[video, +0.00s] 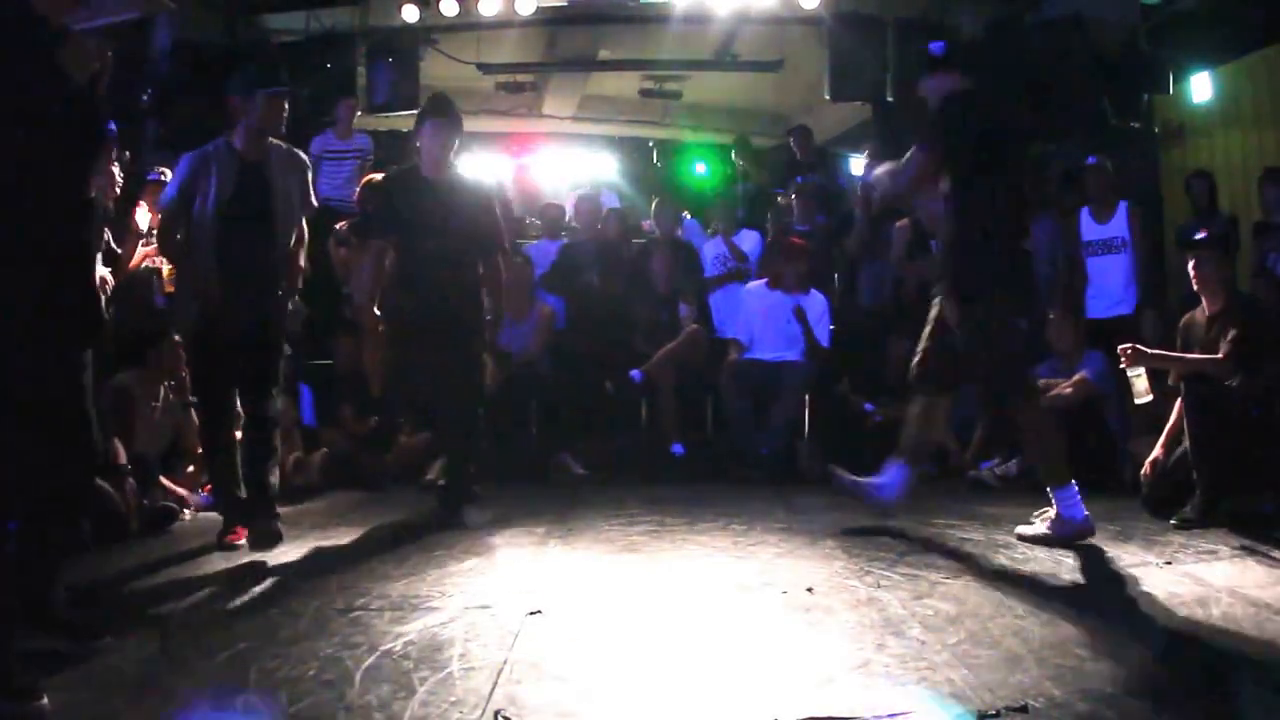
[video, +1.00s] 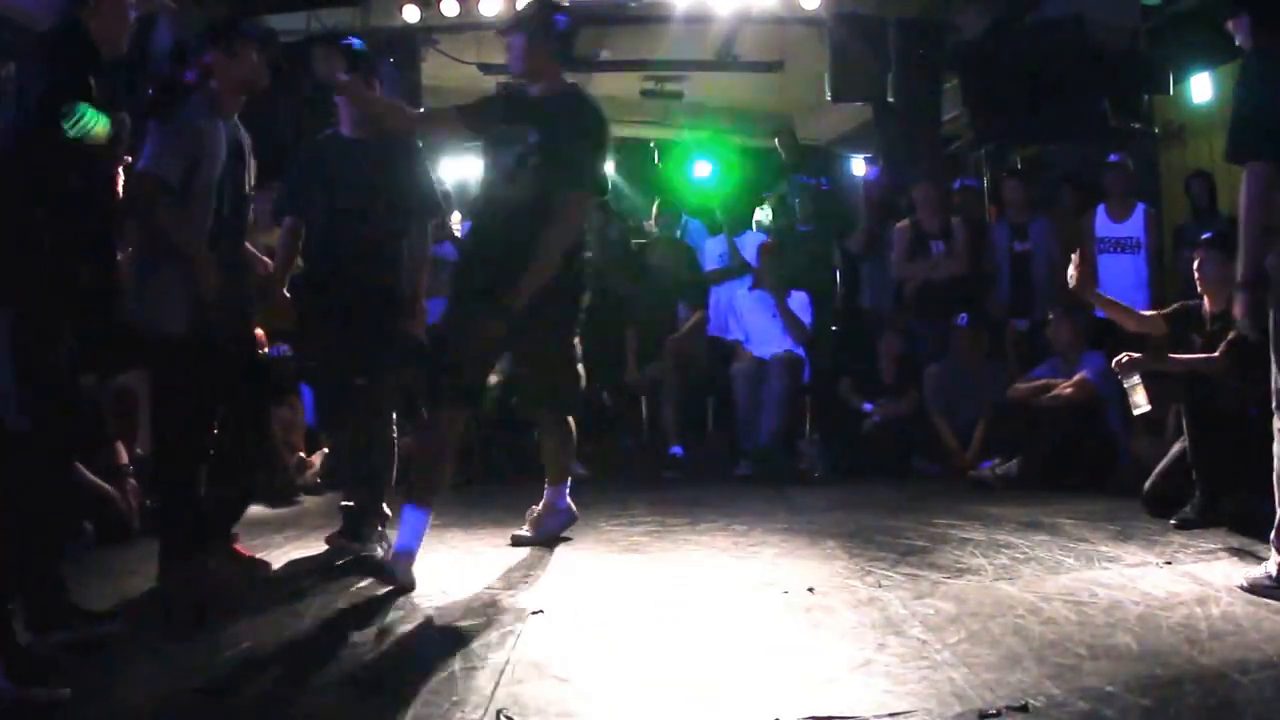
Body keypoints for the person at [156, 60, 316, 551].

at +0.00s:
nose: (282, 113)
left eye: (284, 104)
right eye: (272, 104)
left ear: (280, 109)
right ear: (241, 106)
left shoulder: (294, 164)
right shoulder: (200, 163)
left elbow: (302, 229)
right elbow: (168, 224)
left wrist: (293, 284)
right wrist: (186, 268)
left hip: (268, 307)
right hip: (211, 306)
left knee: (262, 411)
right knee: (216, 415)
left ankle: (264, 511)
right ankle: (232, 515)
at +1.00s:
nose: (259, 71)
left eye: (260, 60)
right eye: (249, 59)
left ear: (249, 69)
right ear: (217, 61)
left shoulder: (239, 137)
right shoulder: (185, 124)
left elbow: (232, 222)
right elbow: (148, 201)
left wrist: (256, 260)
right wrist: (196, 259)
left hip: (221, 303)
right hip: (175, 306)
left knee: (243, 423)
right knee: (182, 426)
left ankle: (216, 536)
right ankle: (180, 553)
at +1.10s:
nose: (241, 81)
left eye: (245, 70)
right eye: (234, 68)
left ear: (240, 75)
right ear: (211, 64)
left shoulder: (219, 125)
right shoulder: (188, 118)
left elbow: (208, 212)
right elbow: (160, 201)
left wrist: (243, 252)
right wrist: (204, 266)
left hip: (208, 304)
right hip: (179, 307)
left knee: (220, 420)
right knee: (189, 427)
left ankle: (211, 539)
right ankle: (183, 556)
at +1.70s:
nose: (233, 100)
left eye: (231, 94)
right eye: (231, 93)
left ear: (193, 88)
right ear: (221, 91)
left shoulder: (169, 126)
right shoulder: (205, 120)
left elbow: (128, 210)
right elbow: (190, 197)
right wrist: (229, 263)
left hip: (150, 301)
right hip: (176, 305)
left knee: (175, 422)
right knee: (191, 422)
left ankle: (171, 541)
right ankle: (179, 550)